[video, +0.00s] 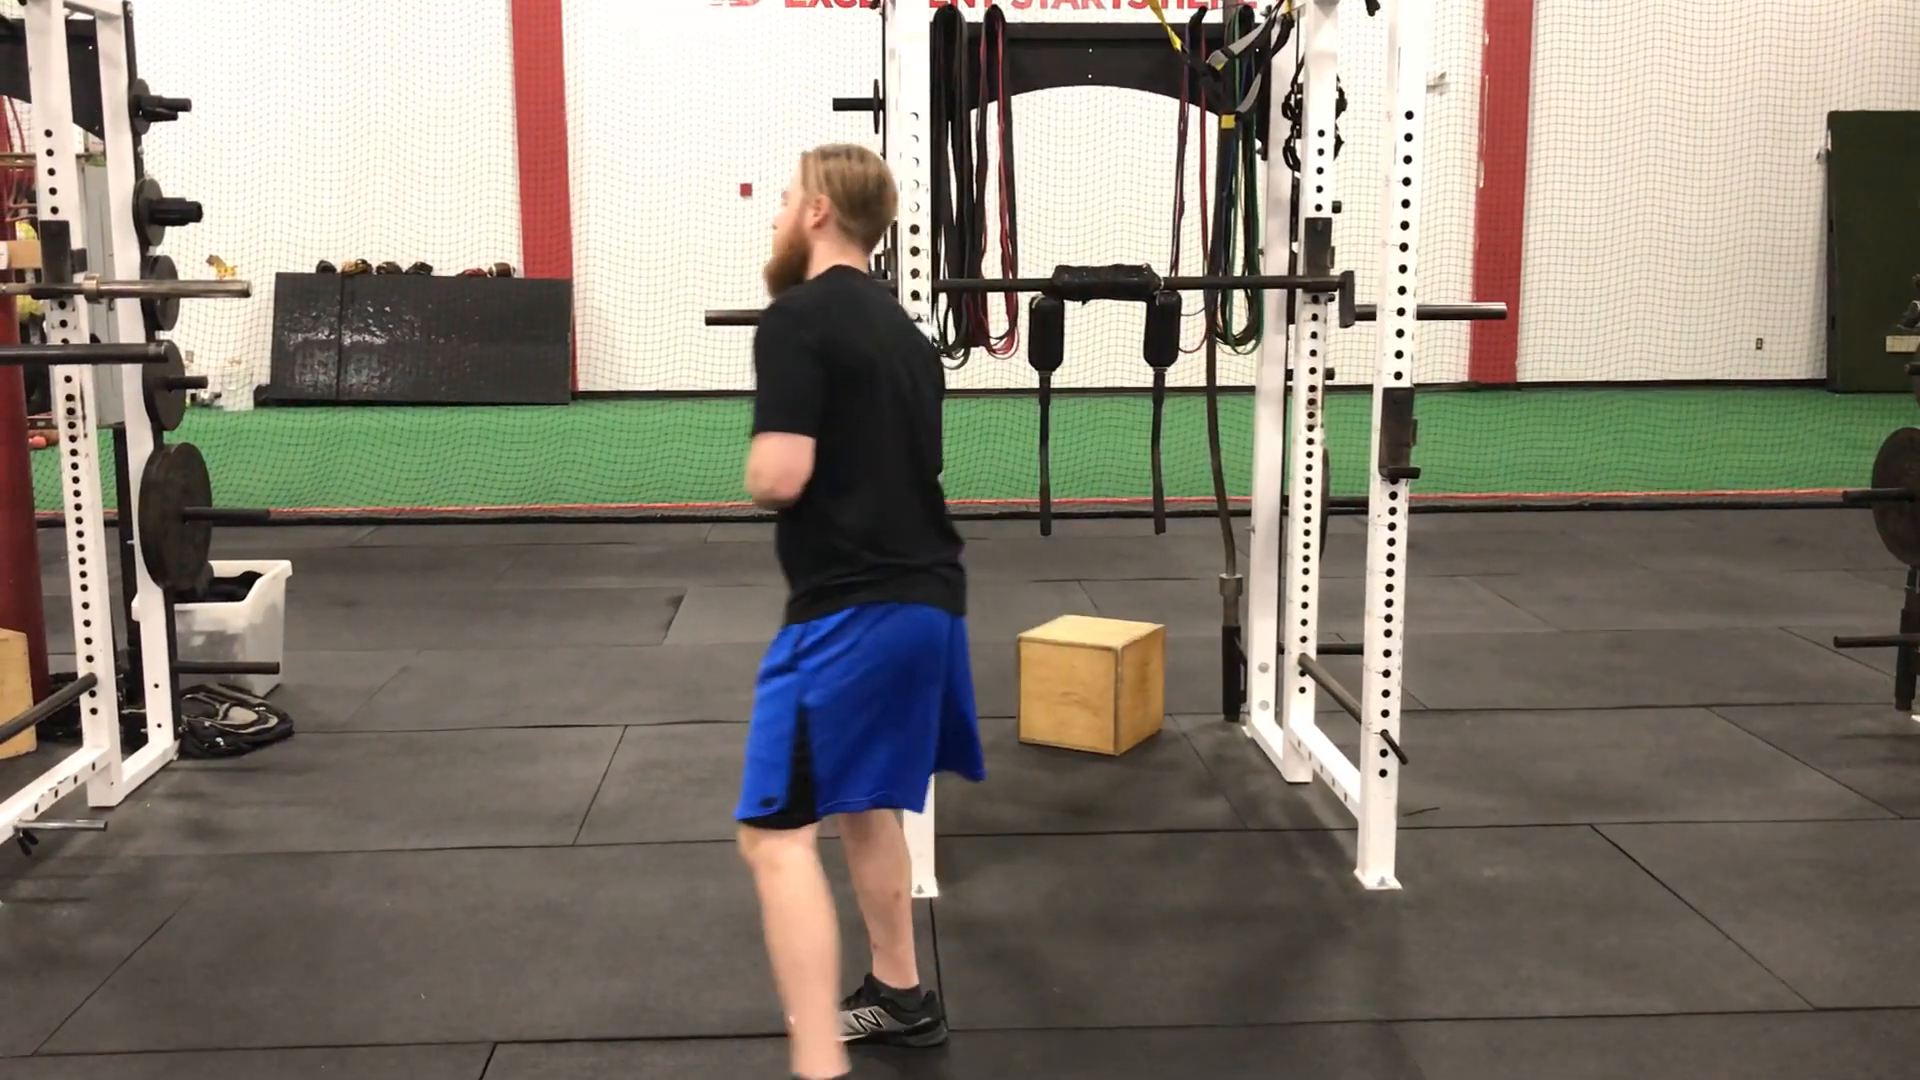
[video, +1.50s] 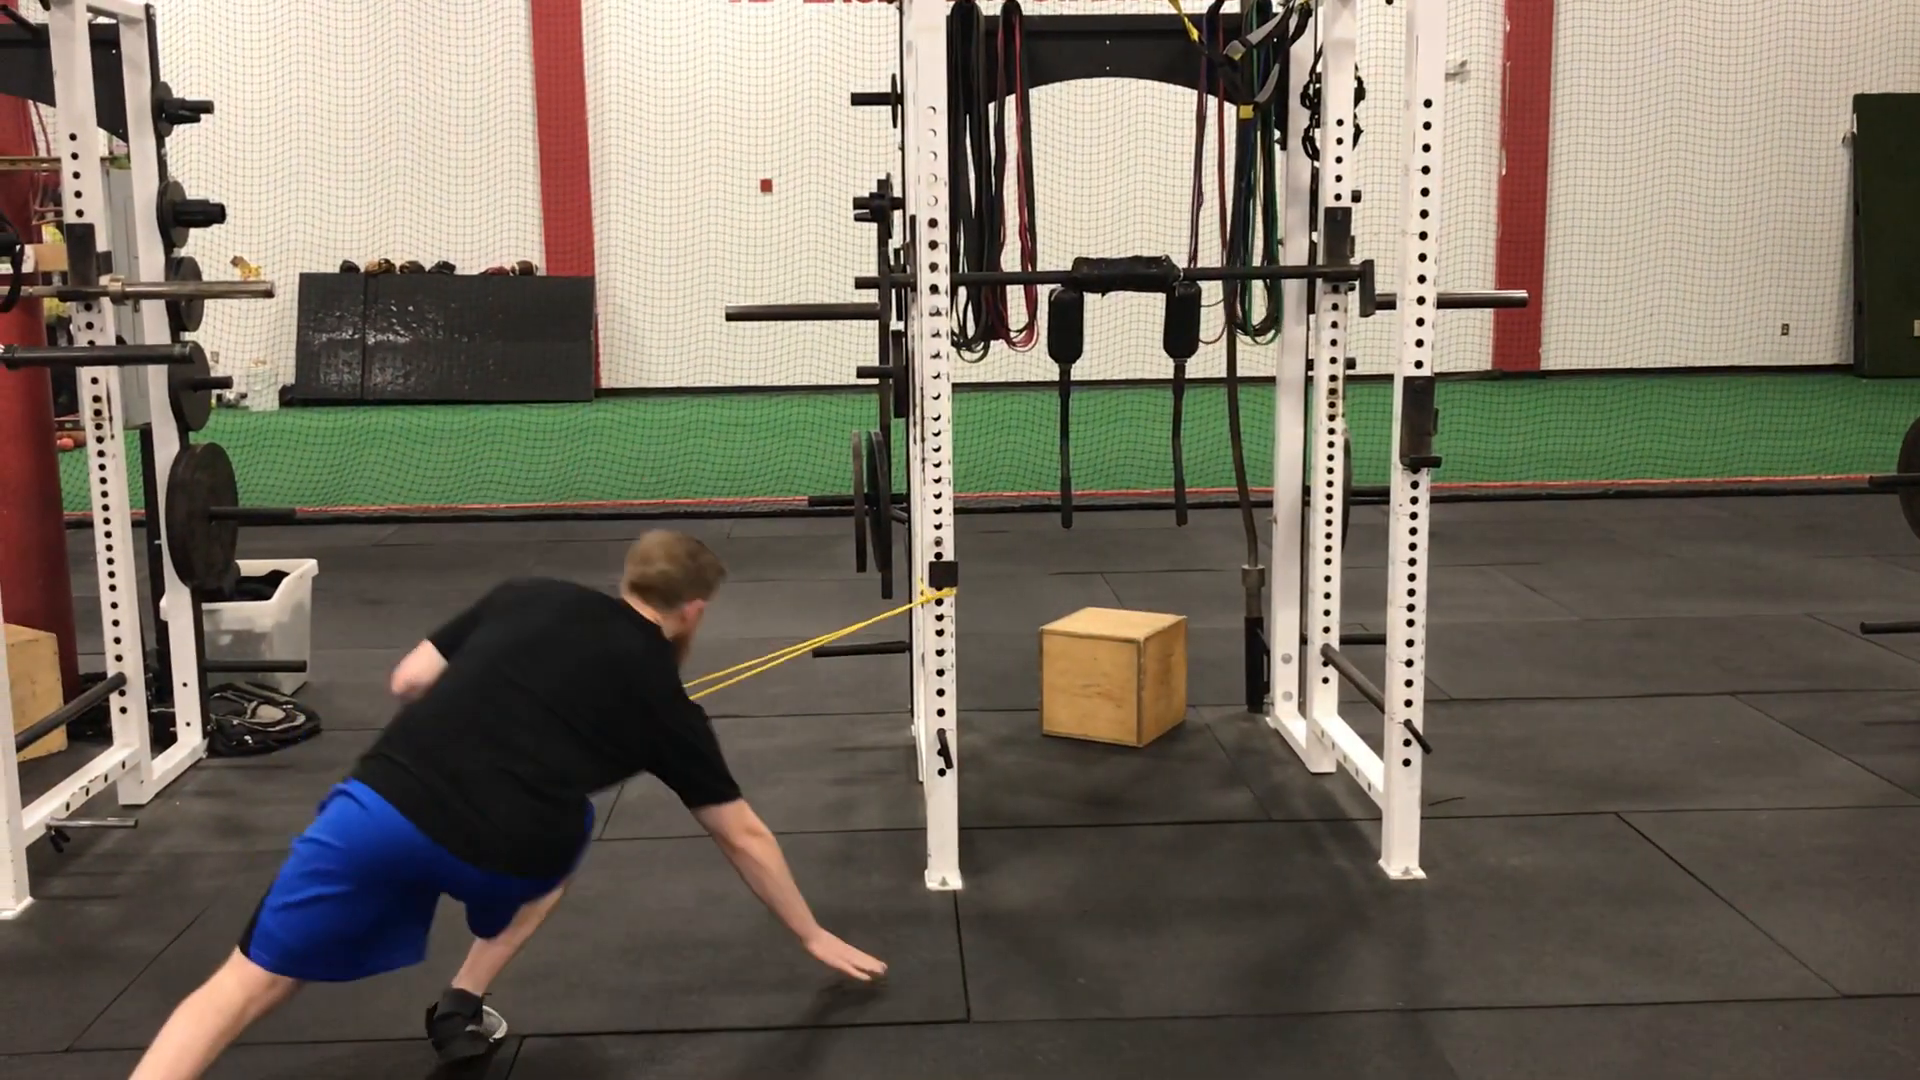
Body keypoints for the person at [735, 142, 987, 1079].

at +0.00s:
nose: (776, 212)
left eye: (785, 196)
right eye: (782, 195)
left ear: (814, 211)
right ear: (867, 222)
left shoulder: (799, 316)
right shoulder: (906, 330)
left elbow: (778, 477)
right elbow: (910, 466)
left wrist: (761, 475)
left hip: (850, 615)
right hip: (927, 607)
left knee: (773, 834)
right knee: (865, 802)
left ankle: (819, 1067)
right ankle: (901, 993)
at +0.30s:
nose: (689, 233)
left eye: (695, 220)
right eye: (699, 219)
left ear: (705, 231)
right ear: (787, 250)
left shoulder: (658, 338)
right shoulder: (830, 371)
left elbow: (612, 504)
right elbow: (871, 528)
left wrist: (690, 477)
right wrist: (883, 652)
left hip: (701, 651)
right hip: (805, 652)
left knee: (673, 880)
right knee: (786, 823)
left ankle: (738, 1075)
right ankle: (843, 993)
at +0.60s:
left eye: (606, 271)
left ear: (607, 277)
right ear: (699, 298)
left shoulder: (529, 367)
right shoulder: (739, 412)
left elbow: (492, 528)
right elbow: (778, 571)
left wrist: (577, 519)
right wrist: (785, 715)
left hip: (599, 673)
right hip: (714, 679)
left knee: (627, 924)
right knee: (588, 849)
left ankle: (729, 1076)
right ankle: (516, 1007)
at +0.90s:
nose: (674, 414)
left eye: (678, 400)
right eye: (679, 400)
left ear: (593, 368)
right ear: (659, 396)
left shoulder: (479, 404)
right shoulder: (642, 499)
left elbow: (406, 537)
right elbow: (651, 655)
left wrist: (494, 550)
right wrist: (649, 808)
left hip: (443, 678)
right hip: (563, 703)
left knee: (423, 930)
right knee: (508, 839)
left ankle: (582, 1064)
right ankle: (472, 1025)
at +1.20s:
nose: (649, 517)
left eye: (654, 505)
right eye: (653, 504)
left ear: (574, 466)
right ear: (635, 494)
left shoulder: (463, 489)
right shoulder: (606, 571)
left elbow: (361, 597)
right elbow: (642, 743)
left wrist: (406, 678)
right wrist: (662, 870)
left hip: (363, 707)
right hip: (495, 740)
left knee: (245, 921)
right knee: (509, 817)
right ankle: (469, 1011)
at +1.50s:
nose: (704, 624)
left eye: (703, 609)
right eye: (707, 612)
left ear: (624, 578)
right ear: (689, 612)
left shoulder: (529, 598)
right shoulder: (662, 696)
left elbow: (410, 681)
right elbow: (742, 834)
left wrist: (474, 730)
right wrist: (812, 933)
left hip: (385, 806)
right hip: (500, 858)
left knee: (246, 981)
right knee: (569, 829)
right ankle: (463, 1004)